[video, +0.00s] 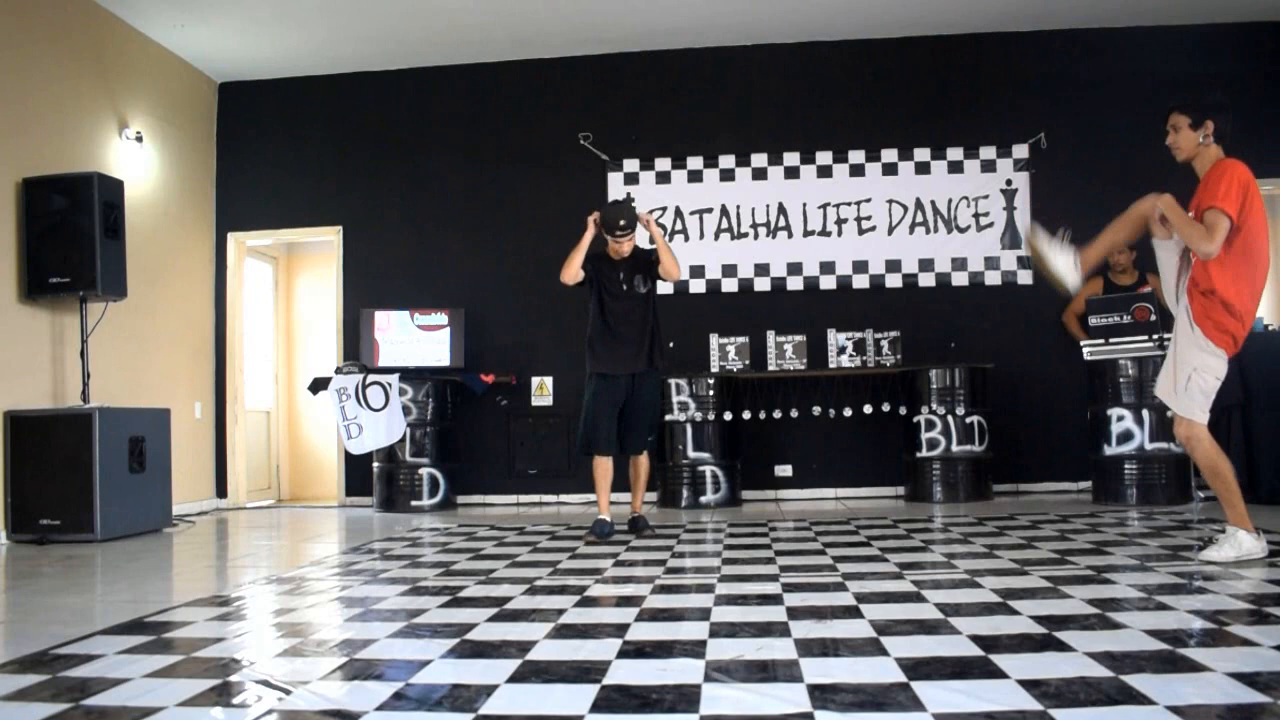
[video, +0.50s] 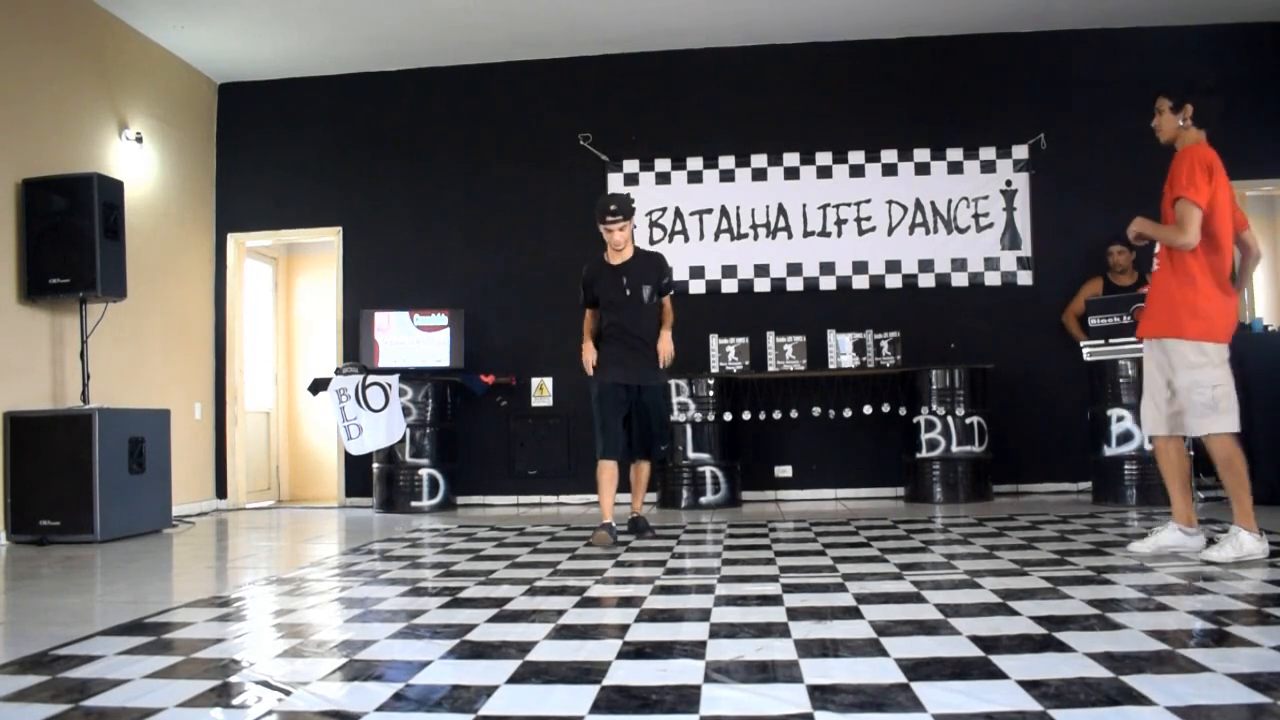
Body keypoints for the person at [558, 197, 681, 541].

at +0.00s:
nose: (622, 247)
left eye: (627, 241)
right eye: (616, 242)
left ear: (635, 235)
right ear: (604, 236)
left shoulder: (646, 259)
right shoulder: (594, 261)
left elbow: (673, 273)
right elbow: (568, 276)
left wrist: (655, 233)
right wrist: (589, 234)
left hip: (644, 368)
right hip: (605, 368)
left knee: (640, 443)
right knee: (602, 443)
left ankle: (637, 513)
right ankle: (603, 517)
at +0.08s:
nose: (622, 246)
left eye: (627, 239)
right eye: (616, 240)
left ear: (636, 234)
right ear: (605, 235)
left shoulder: (651, 259)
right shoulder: (595, 261)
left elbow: (679, 288)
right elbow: (570, 292)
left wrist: (666, 248)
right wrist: (584, 245)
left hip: (646, 366)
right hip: (606, 366)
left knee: (641, 441)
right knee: (605, 441)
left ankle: (637, 513)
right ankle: (607, 515)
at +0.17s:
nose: (622, 245)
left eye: (627, 238)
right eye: (615, 239)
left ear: (636, 231)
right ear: (605, 234)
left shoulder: (656, 260)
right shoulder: (595, 264)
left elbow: (686, 302)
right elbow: (570, 308)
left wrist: (674, 285)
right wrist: (581, 272)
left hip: (648, 368)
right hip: (607, 368)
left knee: (642, 442)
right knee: (608, 441)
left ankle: (637, 514)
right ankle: (608, 516)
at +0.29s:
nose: (620, 242)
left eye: (625, 234)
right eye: (613, 235)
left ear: (635, 230)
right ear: (604, 232)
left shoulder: (657, 263)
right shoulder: (595, 268)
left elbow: (679, 305)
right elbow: (575, 311)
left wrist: (670, 321)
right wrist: (582, 320)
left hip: (649, 370)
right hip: (608, 369)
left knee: (643, 443)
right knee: (608, 442)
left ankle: (637, 515)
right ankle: (607, 519)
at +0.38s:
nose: (619, 238)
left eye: (624, 231)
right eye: (613, 232)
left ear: (634, 228)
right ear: (604, 231)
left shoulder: (657, 264)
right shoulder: (594, 270)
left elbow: (672, 308)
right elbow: (582, 314)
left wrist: (665, 333)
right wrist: (586, 340)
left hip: (647, 370)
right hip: (607, 370)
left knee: (643, 444)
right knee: (608, 445)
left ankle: (637, 514)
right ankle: (606, 521)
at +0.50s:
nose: (617, 236)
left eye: (622, 228)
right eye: (610, 230)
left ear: (632, 226)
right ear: (601, 230)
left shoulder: (654, 263)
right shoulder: (594, 271)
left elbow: (667, 306)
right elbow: (591, 312)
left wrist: (666, 333)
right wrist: (587, 342)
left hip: (648, 371)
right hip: (608, 371)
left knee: (643, 445)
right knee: (608, 445)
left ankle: (637, 515)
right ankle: (606, 524)